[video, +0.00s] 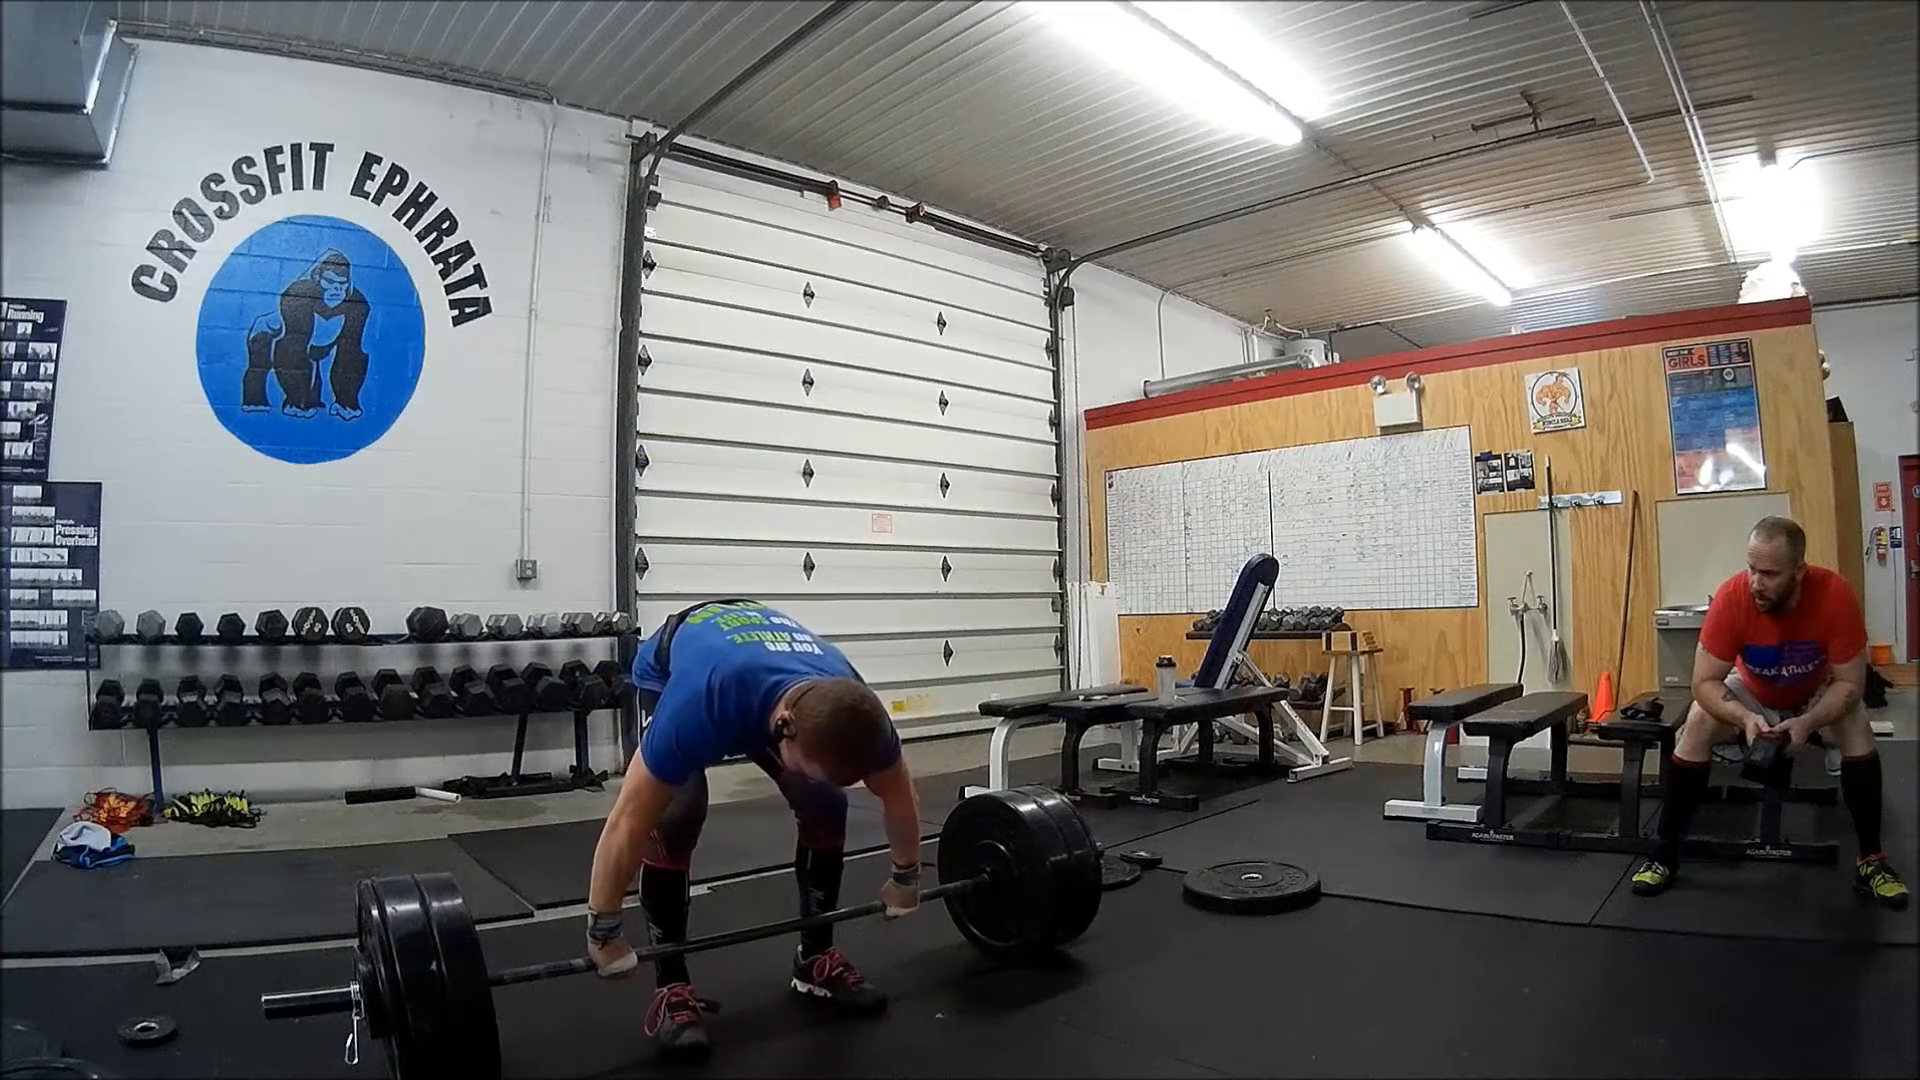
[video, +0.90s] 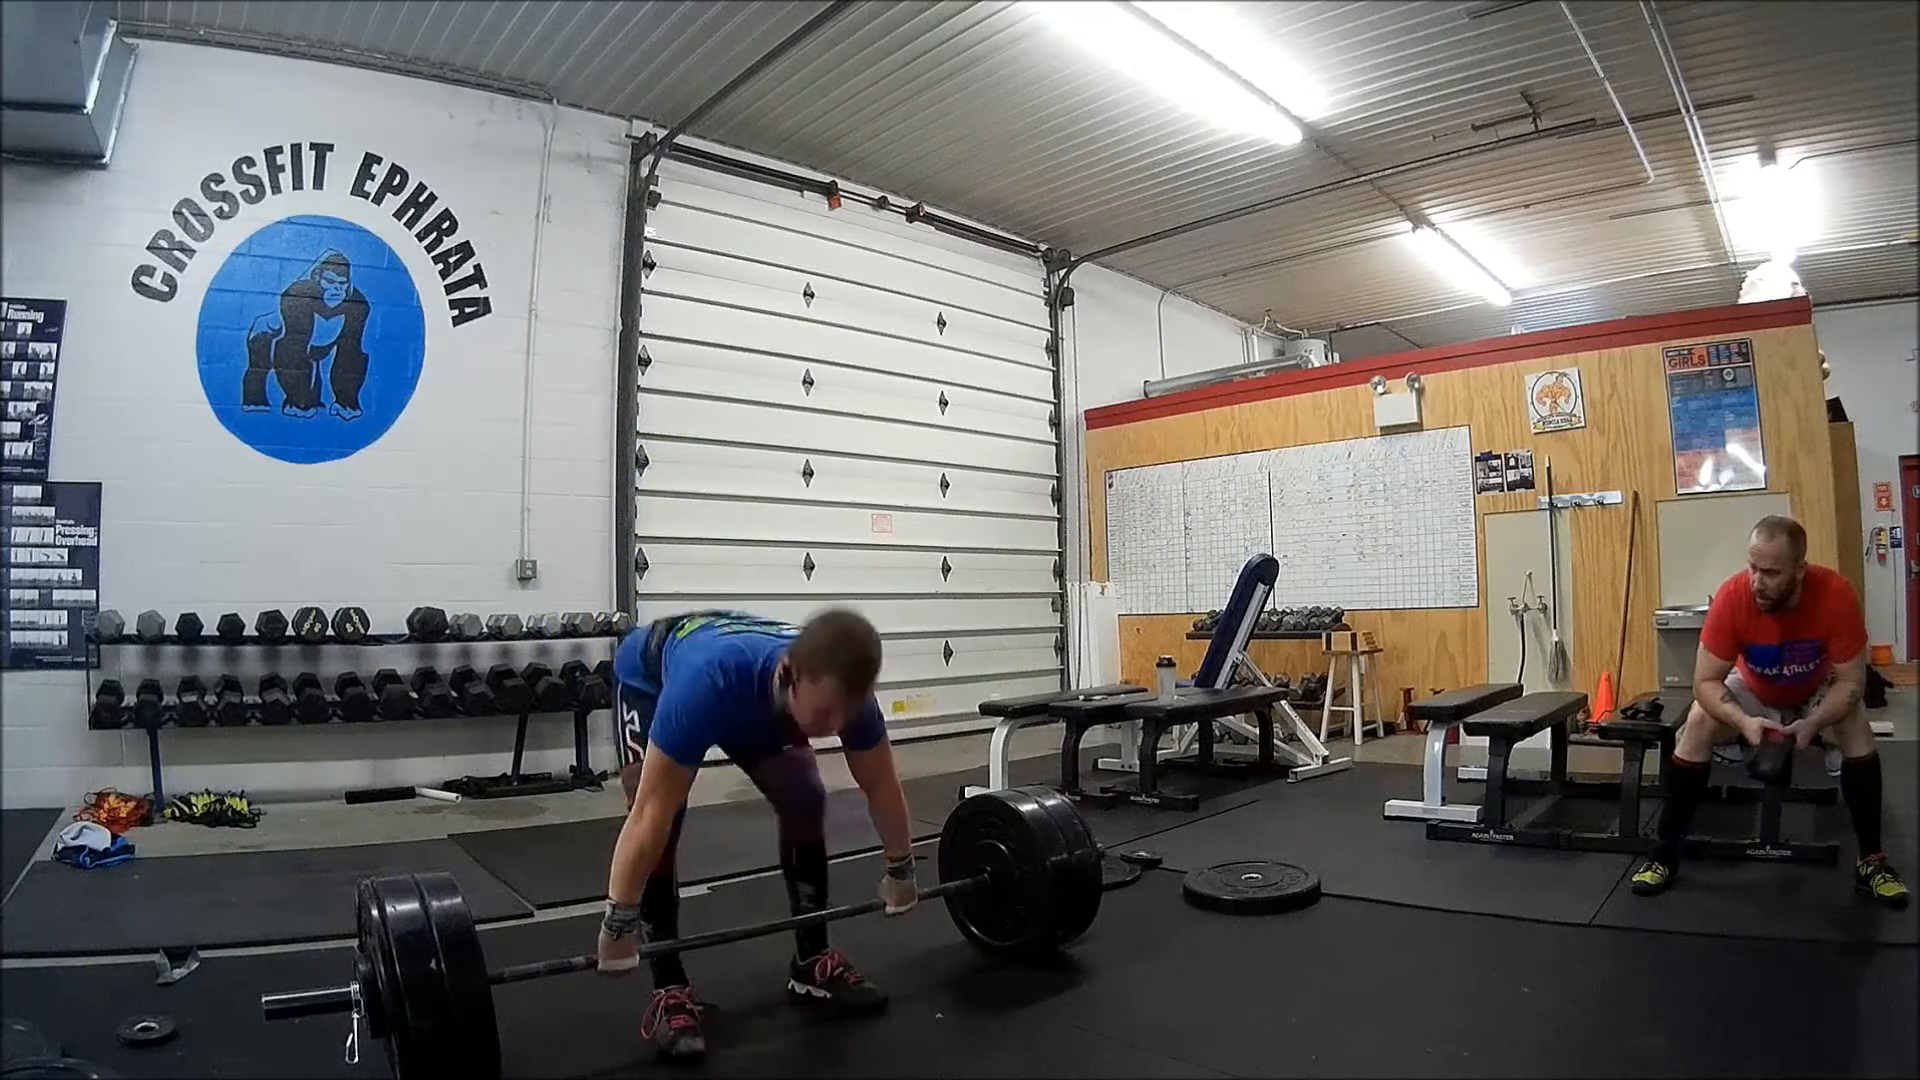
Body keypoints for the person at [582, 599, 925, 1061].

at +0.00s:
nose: (822, 789)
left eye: (838, 782)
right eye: (815, 776)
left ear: (866, 743)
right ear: (785, 726)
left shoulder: (865, 722)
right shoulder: (698, 707)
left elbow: (898, 794)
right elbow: (628, 818)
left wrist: (907, 877)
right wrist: (603, 932)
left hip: (772, 647)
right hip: (671, 667)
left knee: (827, 807)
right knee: (679, 816)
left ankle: (816, 959)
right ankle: (672, 989)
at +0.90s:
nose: (836, 724)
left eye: (847, 710)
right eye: (824, 710)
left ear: (862, 693)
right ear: (789, 675)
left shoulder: (848, 688)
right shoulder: (703, 685)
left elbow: (880, 784)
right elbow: (651, 812)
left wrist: (901, 868)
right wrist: (619, 923)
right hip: (650, 675)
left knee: (805, 799)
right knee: (659, 826)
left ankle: (813, 959)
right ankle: (670, 990)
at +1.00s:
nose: (840, 662)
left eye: (848, 644)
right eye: (826, 643)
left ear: (856, 637)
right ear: (782, 635)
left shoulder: (847, 687)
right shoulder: (701, 681)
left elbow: (880, 780)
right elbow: (647, 809)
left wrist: (900, 871)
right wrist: (618, 922)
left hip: (742, 721)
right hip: (659, 716)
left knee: (831, 805)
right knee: (672, 819)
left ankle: (815, 961)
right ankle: (671, 994)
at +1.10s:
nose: (824, 616)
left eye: (830, 600)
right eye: (805, 601)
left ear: (837, 606)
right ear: (761, 609)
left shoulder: (839, 684)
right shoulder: (698, 680)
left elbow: (879, 776)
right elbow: (639, 800)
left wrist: (902, 869)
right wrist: (619, 921)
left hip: (762, 770)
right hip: (678, 773)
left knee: (852, 817)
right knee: (674, 830)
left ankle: (814, 963)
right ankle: (673, 997)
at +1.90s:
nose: (814, 590)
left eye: (820, 575)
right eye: (794, 577)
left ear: (830, 587)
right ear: (755, 591)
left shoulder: (835, 672)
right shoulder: (698, 674)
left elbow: (871, 776)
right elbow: (648, 797)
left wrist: (898, 862)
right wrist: (619, 912)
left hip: (765, 779)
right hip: (685, 784)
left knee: (851, 819)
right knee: (690, 834)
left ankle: (815, 963)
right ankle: (674, 996)